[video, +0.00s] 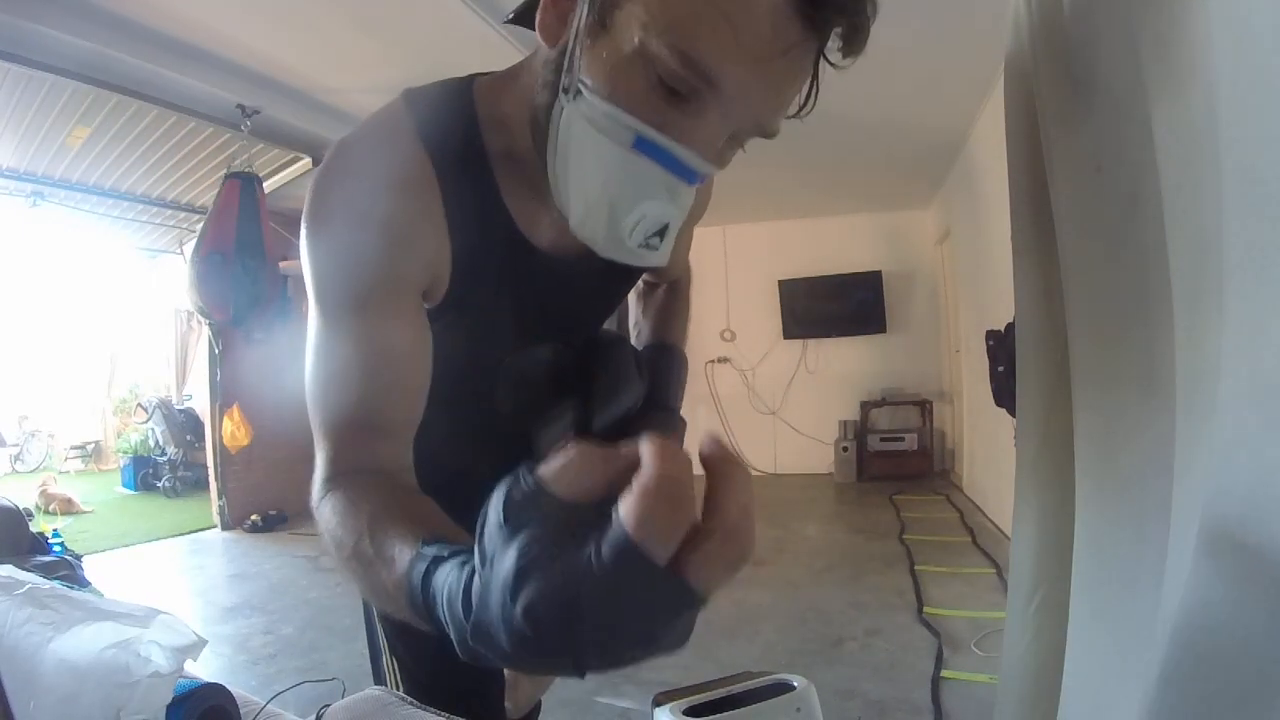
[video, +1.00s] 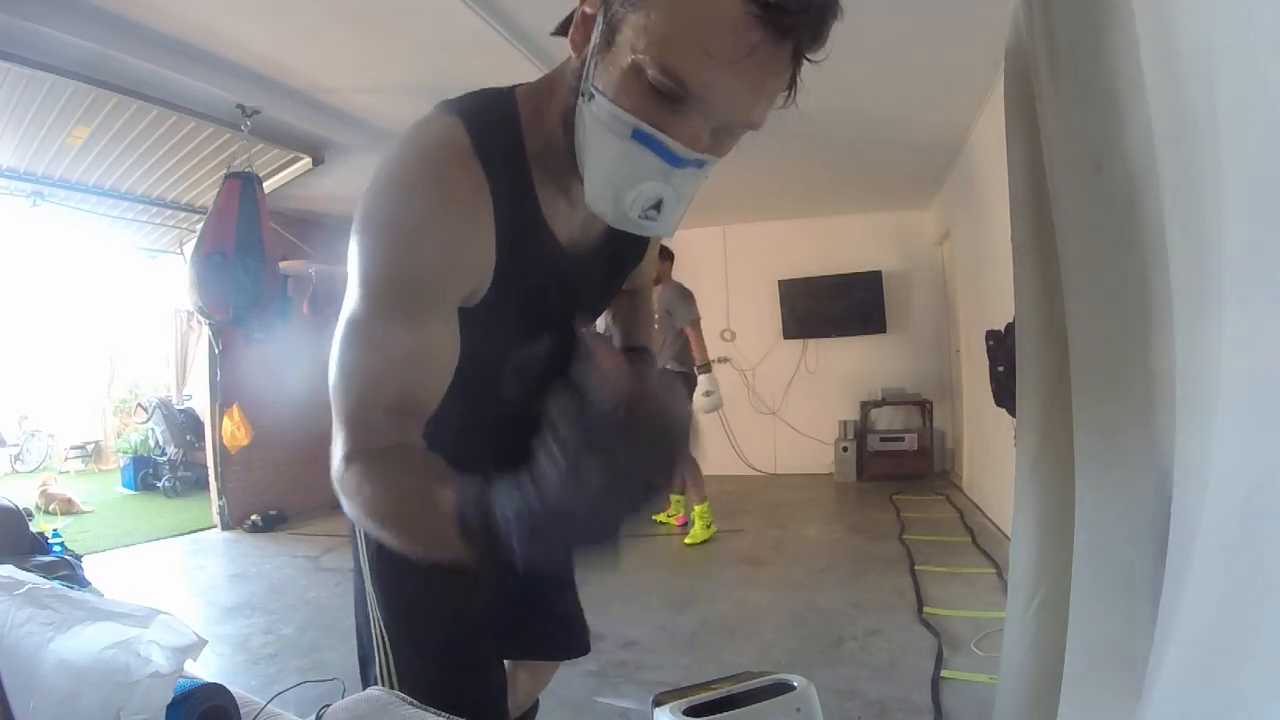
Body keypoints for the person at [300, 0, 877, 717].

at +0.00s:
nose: (695, 164)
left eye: (744, 137)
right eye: (673, 87)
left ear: (768, 124)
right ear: (563, 14)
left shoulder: (668, 179)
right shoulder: (387, 178)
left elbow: (663, 279)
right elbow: (355, 475)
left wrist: (652, 417)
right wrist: (465, 594)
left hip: (560, 516)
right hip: (425, 523)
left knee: (532, 677)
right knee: (463, 699)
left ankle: (518, 707)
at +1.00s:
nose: (685, 151)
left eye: (731, 127)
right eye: (663, 91)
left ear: (763, 112)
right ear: (585, 32)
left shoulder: (645, 180)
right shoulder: (443, 167)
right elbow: (370, 456)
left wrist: (643, 409)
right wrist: (517, 516)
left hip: (533, 466)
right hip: (417, 479)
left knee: (539, 653)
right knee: (458, 700)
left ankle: (512, 710)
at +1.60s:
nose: (697, 129)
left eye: (738, 108)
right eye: (672, 79)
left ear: (764, 105)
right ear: (610, 44)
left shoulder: (665, 186)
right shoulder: (490, 165)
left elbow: (639, 308)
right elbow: (404, 418)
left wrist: (646, 412)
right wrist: (554, 398)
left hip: (537, 459)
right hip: (445, 468)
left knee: (537, 661)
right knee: (488, 699)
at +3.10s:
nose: (743, 180)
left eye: (763, 170)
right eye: (741, 145)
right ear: (675, 95)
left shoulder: (610, 177)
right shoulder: (601, 185)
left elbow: (562, 346)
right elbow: (492, 413)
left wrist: (599, 438)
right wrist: (665, 422)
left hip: (466, 453)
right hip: (431, 459)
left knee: (514, 681)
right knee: (503, 701)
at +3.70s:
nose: (703, 161)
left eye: (725, 146)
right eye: (696, 124)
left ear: (738, 147)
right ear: (630, 80)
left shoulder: (618, 196)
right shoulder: (521, 169)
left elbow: (581, 311)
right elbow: (447, 404)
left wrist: (604, 414)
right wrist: (644, 397)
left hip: (502, 441)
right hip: (425, 449)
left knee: (537, 639)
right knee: (487, 699)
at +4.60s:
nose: (622, 102)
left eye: (667, 80)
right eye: (600, 53)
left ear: (707, 84)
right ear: (553, 34)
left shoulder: (656, 194)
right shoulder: (453, 171)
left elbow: (640, 302)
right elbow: (368, 421)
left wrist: (641, 385)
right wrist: (547, 472)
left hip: (535, 456)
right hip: (431, 469)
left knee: (529, 678)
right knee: (472, 703)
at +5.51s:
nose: (672, 105)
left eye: (707, 78)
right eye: (646, 58)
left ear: (728, 73)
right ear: (560, 28)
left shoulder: (669, 187)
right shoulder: (442, 165)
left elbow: (659, 300)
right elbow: (367, 405)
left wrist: (660, 407)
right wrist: (435, 437)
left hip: (545, 458)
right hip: (434, 471)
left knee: (527, 683)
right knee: (468, 704)